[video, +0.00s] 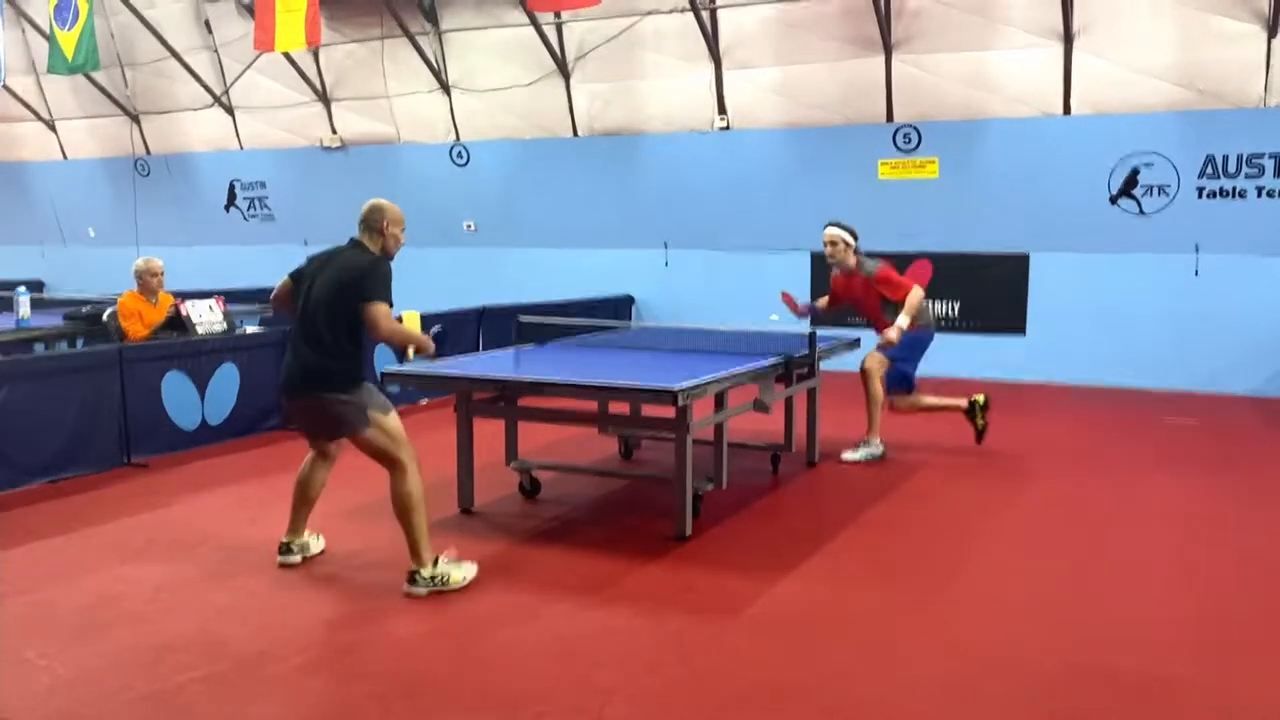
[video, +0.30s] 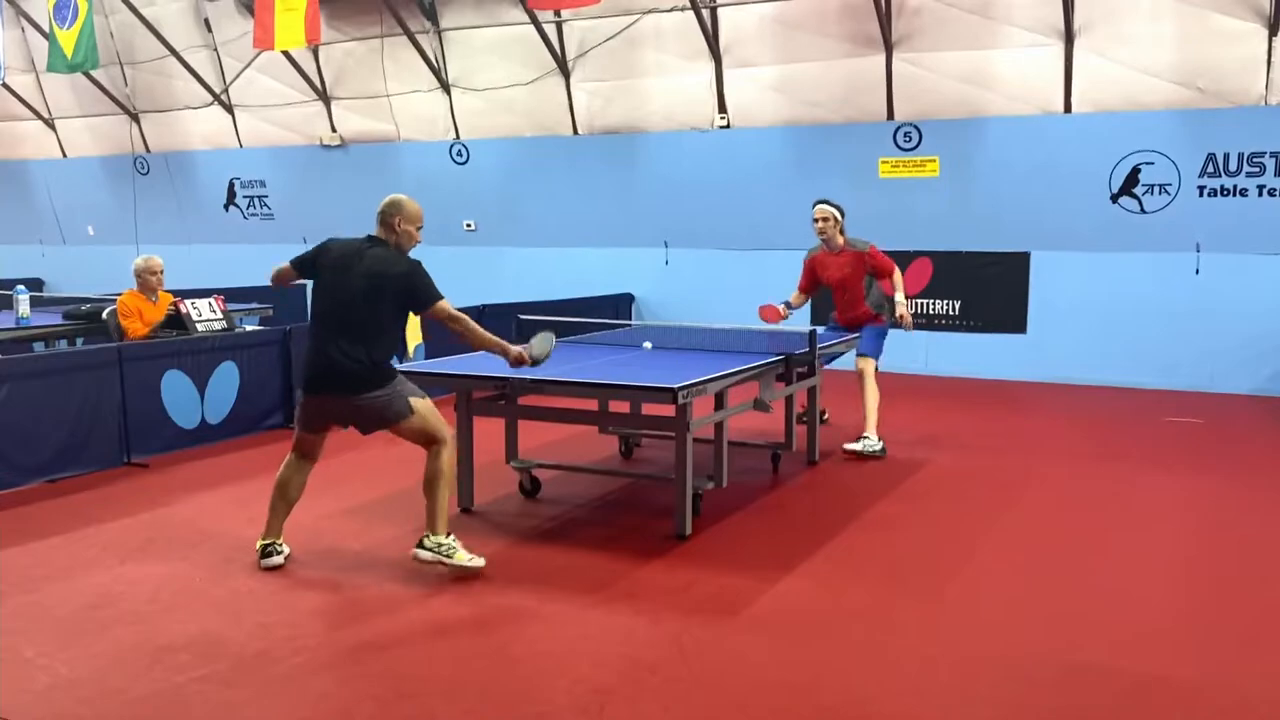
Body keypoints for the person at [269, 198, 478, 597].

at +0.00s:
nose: (402, 240)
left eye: (402, 232)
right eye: (400, 232)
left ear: (364, 229)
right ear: (383, 231)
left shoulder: (324, 258)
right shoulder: (374, 266)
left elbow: (280, 298)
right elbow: (382, 326)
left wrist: (320, 319)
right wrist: (417, 339)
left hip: (297, 381)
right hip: (339, 385)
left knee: (324, 450)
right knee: (402, 460)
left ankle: (293, 540)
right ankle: (425, 567)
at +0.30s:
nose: (419, 238)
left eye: (420, 230)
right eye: (416, 230)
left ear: (381, 224)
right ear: (396, 226)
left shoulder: (331, 250)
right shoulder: (405, 269)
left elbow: (279, 276)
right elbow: (452, 320)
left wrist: (291, 273)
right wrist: (506, 349)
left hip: (318, 380)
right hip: (371, 380)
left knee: (301, 455)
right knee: (442, 439)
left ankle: (269, 542)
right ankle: (436, 537)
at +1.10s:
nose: (410, 228)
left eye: (410, 220)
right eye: (407, 220)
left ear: (370, 217)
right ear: (389, 219)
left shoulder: (323, 246)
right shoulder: (386, 267)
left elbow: (276, 279)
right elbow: (389, 330)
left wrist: (307, 313)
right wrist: (441, 357)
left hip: (285, 371)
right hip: (335, 378)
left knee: (277, 451)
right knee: (400, 455)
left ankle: (229, 540)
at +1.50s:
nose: (365, 219)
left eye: (364, 211)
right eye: (360, 211)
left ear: (321, 216)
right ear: (342, 217)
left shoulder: (280, 255)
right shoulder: (357, 274)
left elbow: (239, 293)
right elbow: (419, 312)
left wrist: (277, 317)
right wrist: (461, 272)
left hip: (237, 390)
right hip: (295, 399)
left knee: (220, 473)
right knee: (370, 465)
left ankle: (183, 563)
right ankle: (382, 576)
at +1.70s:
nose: (318, 229)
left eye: (316, 221)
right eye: (316, 221)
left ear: (270, 226)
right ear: (303, 226)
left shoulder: (229, 275)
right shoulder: (317, 283)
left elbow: (189, 330)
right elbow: (378, 329)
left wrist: (237, 330)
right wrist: (412, 291)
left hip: (220, 428)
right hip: (290, 429)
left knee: (177, 515)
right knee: (354, 492)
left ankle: (119, 606)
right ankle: (370, 603)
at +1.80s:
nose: (300, 229)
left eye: (299, 220)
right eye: (297, 220)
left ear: (250, 221)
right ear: (283, 223)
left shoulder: (208, 270)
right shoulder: (285, 281)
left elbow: (169, 323)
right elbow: (333, 337)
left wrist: (217, 345)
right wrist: (380, 310)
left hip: (180, 422)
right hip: (248, 423)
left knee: (165, 523)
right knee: (323, 490)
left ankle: (110, 630)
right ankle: (365, 603)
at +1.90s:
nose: (289, 220)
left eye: (288, 211)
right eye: (286, 211)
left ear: (241, 212)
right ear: (271, 213)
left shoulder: (194, 256)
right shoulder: (265, 265)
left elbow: (151, 312)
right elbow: (290, 337)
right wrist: (355, 340)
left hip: (147, 404)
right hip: (207, 406)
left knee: (143, 507)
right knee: (292, 490)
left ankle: (91, 617)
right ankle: (326, 618)